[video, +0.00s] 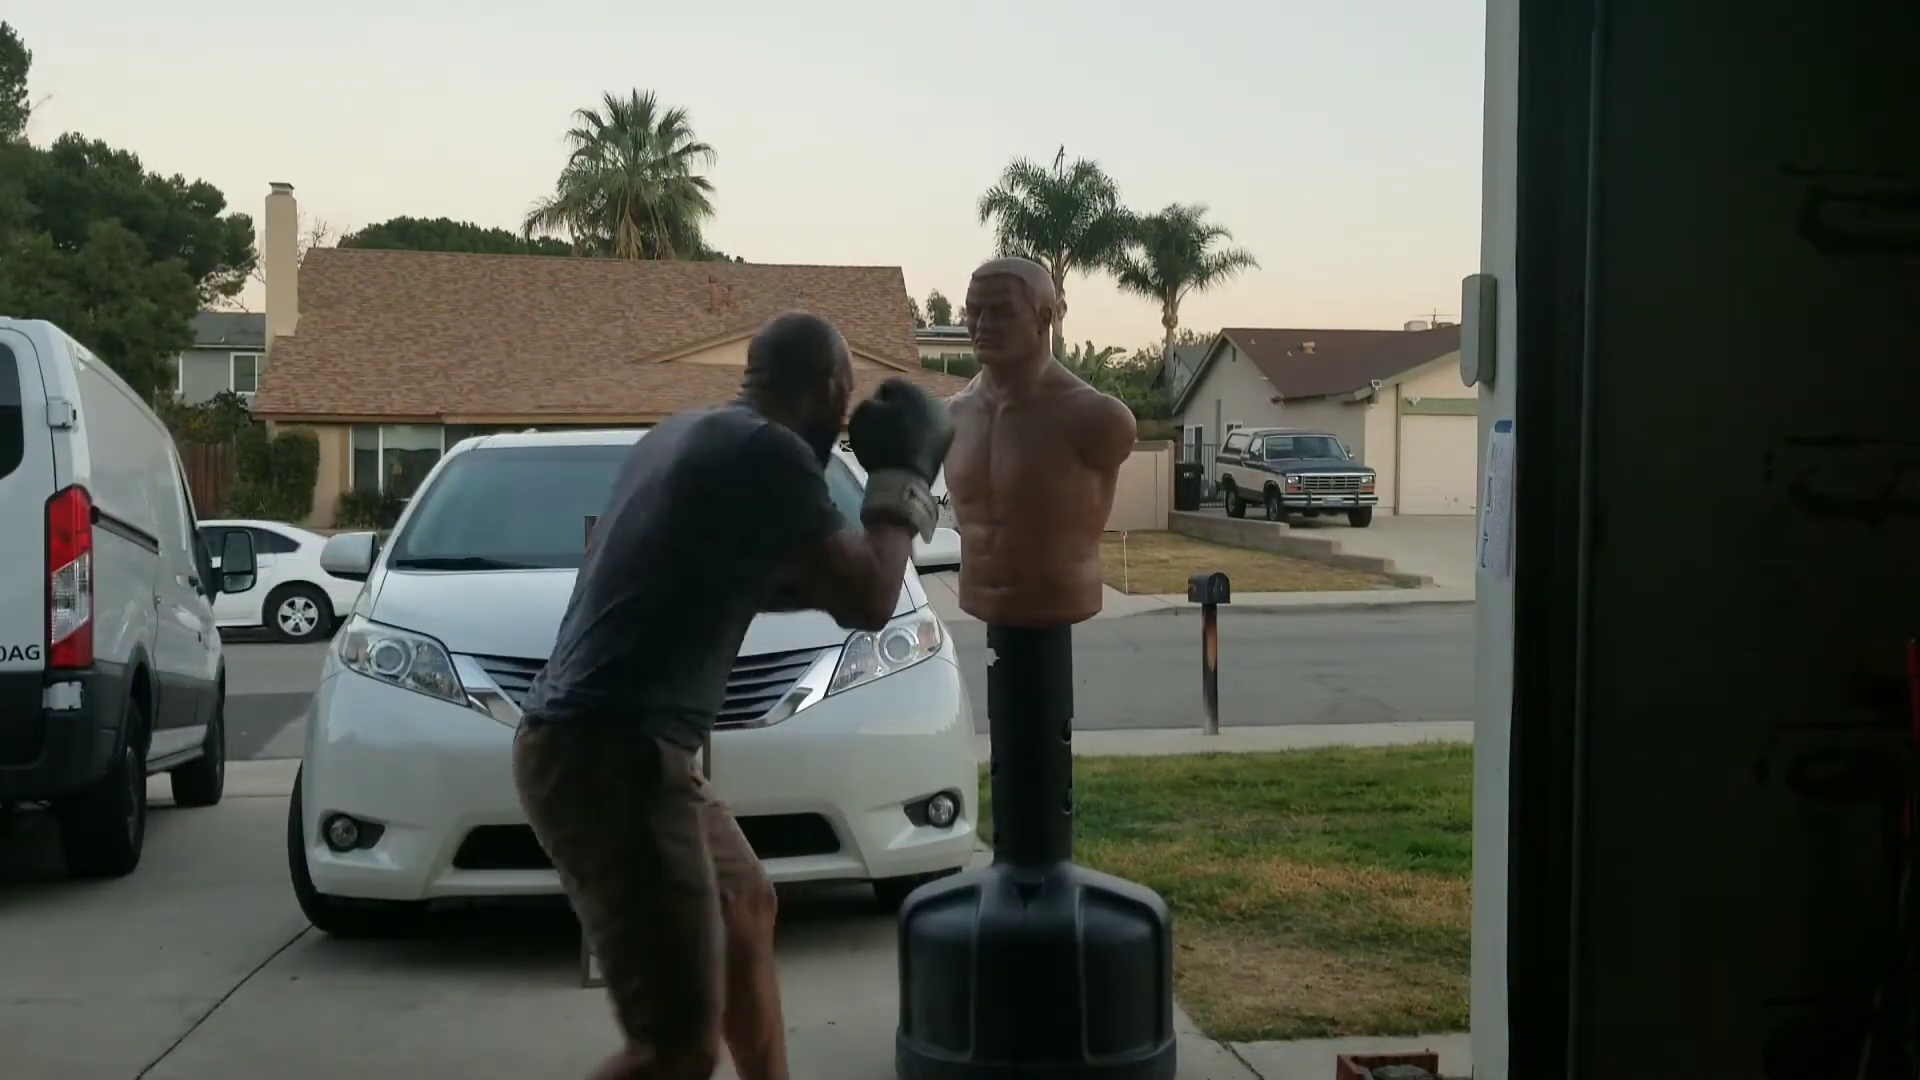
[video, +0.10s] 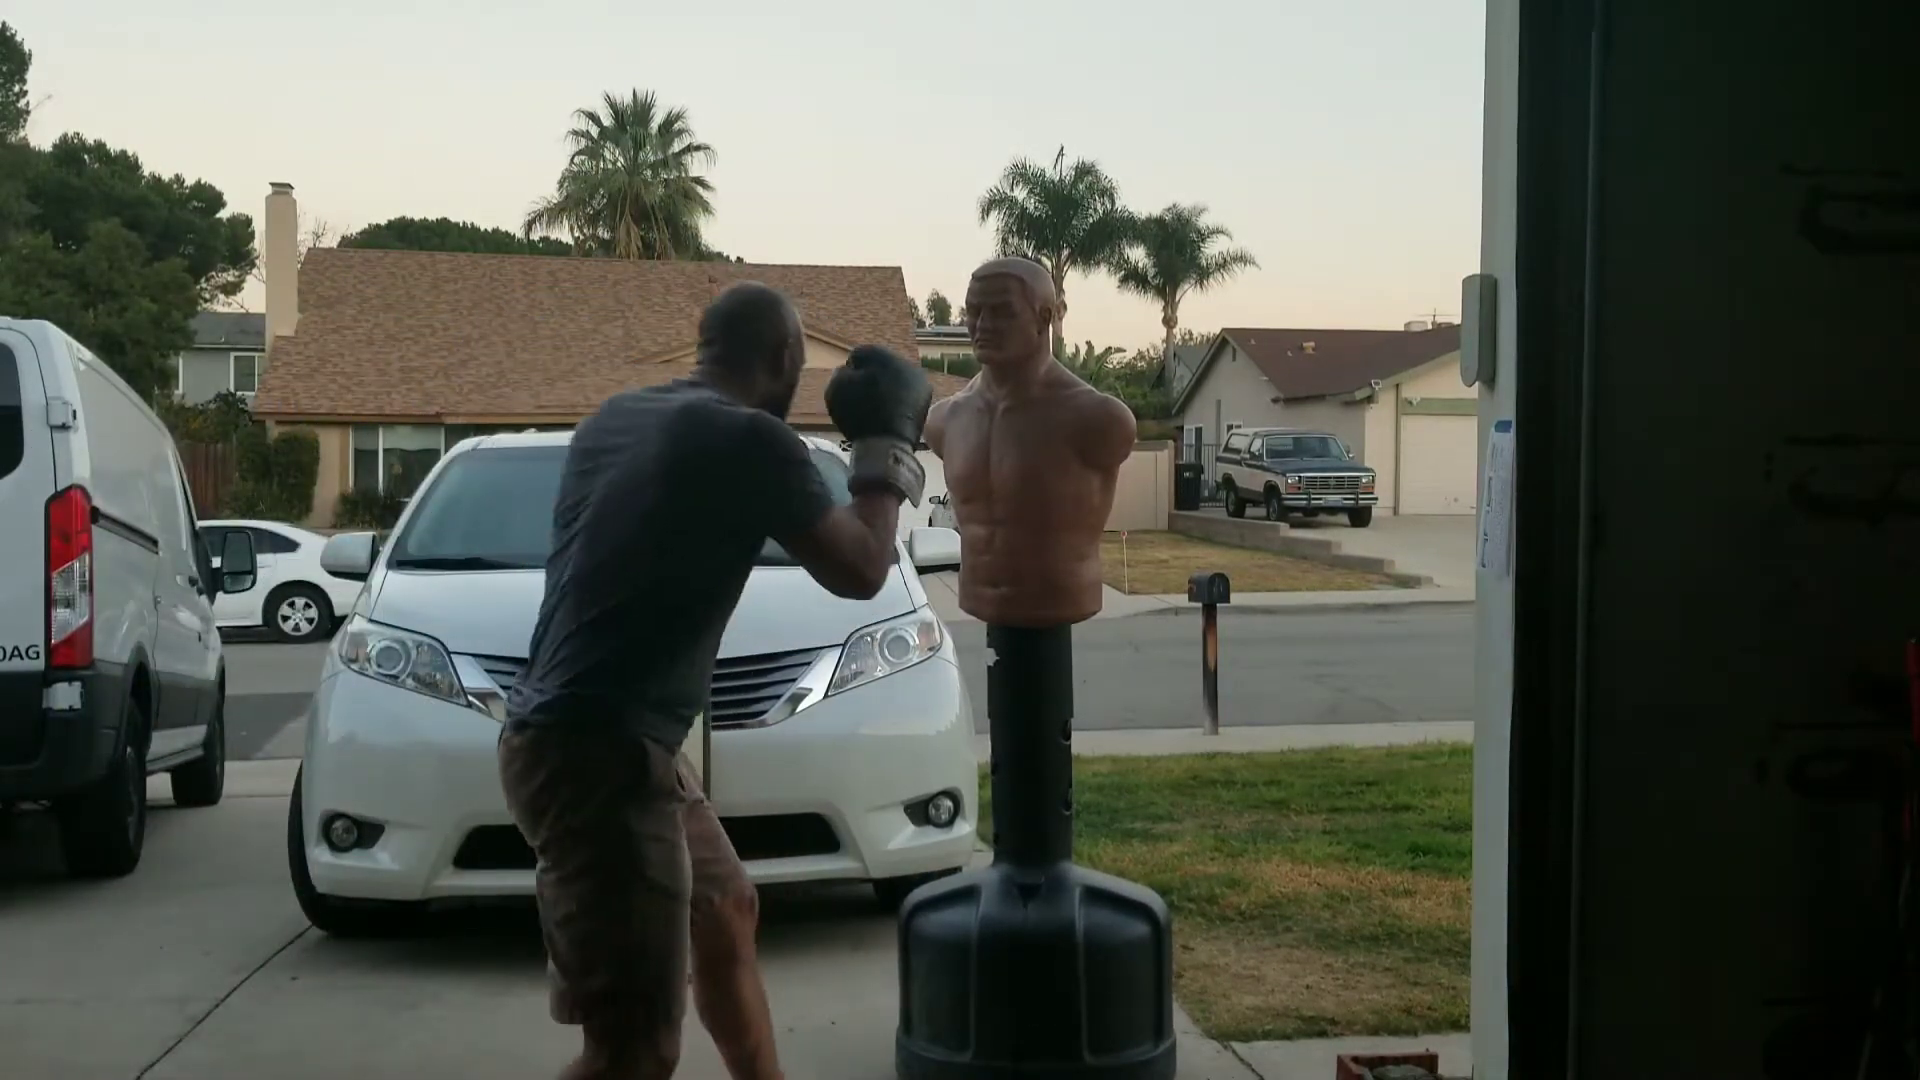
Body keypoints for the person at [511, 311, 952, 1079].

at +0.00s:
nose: (849, 405)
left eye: (850, 391)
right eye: (847, 388)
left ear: (752, 379)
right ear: (831, 389)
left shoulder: (682, 437)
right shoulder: (771, 454)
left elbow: (724, 583)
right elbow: (868, 598)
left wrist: (851, 571)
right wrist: (898, 472)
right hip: (614, 753)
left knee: (747, 901)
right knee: (677, 1049)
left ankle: (767, 1072)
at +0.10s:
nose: (796, 383)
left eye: (796, 367)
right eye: (796, 367)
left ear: (704, 352)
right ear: (779, 364)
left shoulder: (611, 418)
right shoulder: (750, 440)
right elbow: (861, 570)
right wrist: (879, 447)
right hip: (604, 749)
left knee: (725, 903)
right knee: (633, 1050)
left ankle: (761, 1072)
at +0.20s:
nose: (751, 366)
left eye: (756, 349)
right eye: (754, 347)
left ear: (654, 336)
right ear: (735, 342)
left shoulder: (560, 413)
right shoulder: (711, 425)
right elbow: (805, 578)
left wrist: (735, 442)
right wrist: (853, 483)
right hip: (593, 748)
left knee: (730, 880)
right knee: (620, 1046)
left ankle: (728, 1073)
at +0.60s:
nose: (733, 381)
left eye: (731, 361)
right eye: (725, 360)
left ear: (652, 359)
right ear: (689, 359)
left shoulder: (613, 431)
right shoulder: (618, 437)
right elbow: (706, 586)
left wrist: (719, 485)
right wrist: (778, 481)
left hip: (624, 737)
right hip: (537, 746)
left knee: (738, 857)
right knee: (549, 1006)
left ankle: (703, 1044)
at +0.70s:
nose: (753, 393)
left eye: (751, 375)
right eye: (744, 374)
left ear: (693, 375)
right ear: (708, 374)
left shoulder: (690, 462)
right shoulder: (604, 451)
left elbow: (768, 466)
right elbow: (635, 598)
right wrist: (731, 547)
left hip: (637, 733)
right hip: (549, 733)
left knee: (731, 868)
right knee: (545, 981)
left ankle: (717, 1031)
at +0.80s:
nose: (773, 404)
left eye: (770, 388)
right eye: (764, 387)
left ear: (713, 393)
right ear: (730, 390)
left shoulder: (714, 478)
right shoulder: (653, 467)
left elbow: (776, 523)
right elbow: (673, 576)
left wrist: (855, 485)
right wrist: (760, 516)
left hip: (669, 732)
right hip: (612, 728)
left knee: (750, 855)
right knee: (573, 959)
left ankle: (707, 1037)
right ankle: (436, 1076)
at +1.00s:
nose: (747, 439)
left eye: (739, 428)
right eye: (742, 428)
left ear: (660, 435)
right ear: (728, 430)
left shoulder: (607, 490)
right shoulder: (754, 474)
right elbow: (891, 422)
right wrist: (974, 366)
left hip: (563, 708)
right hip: (639, 727)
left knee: (684, 839)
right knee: (514, 943)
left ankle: (704, 1032)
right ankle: (362, 1072)